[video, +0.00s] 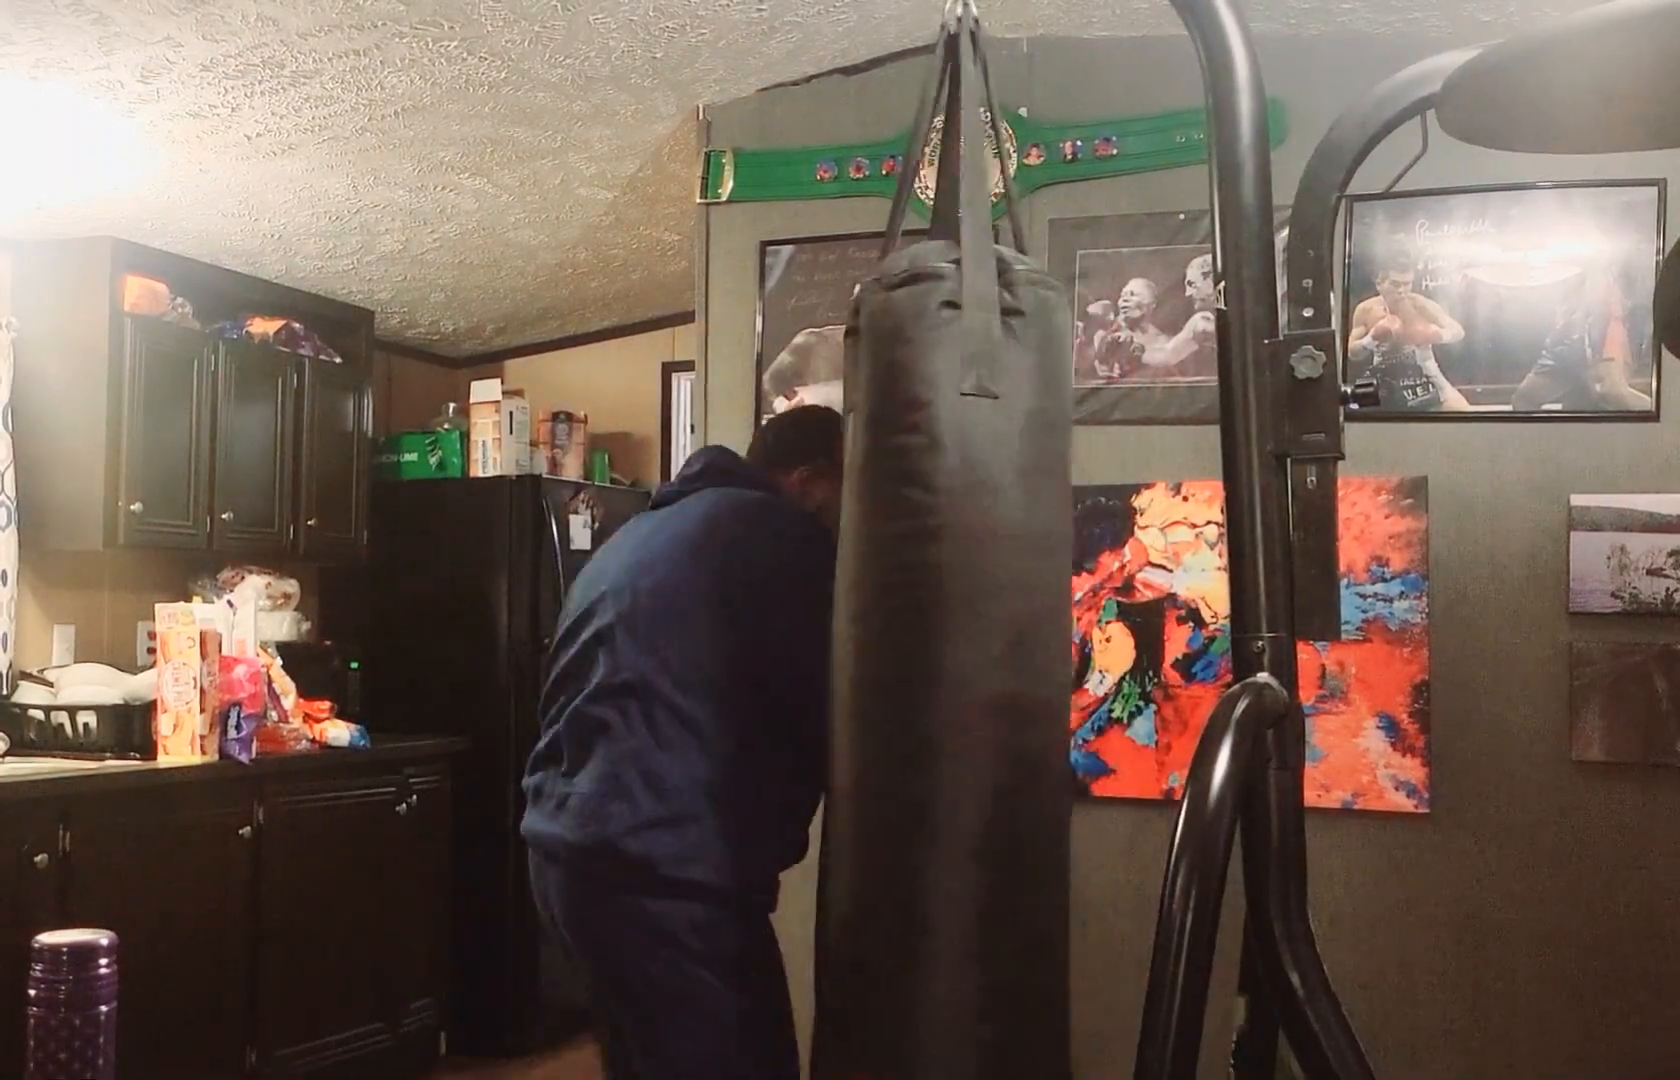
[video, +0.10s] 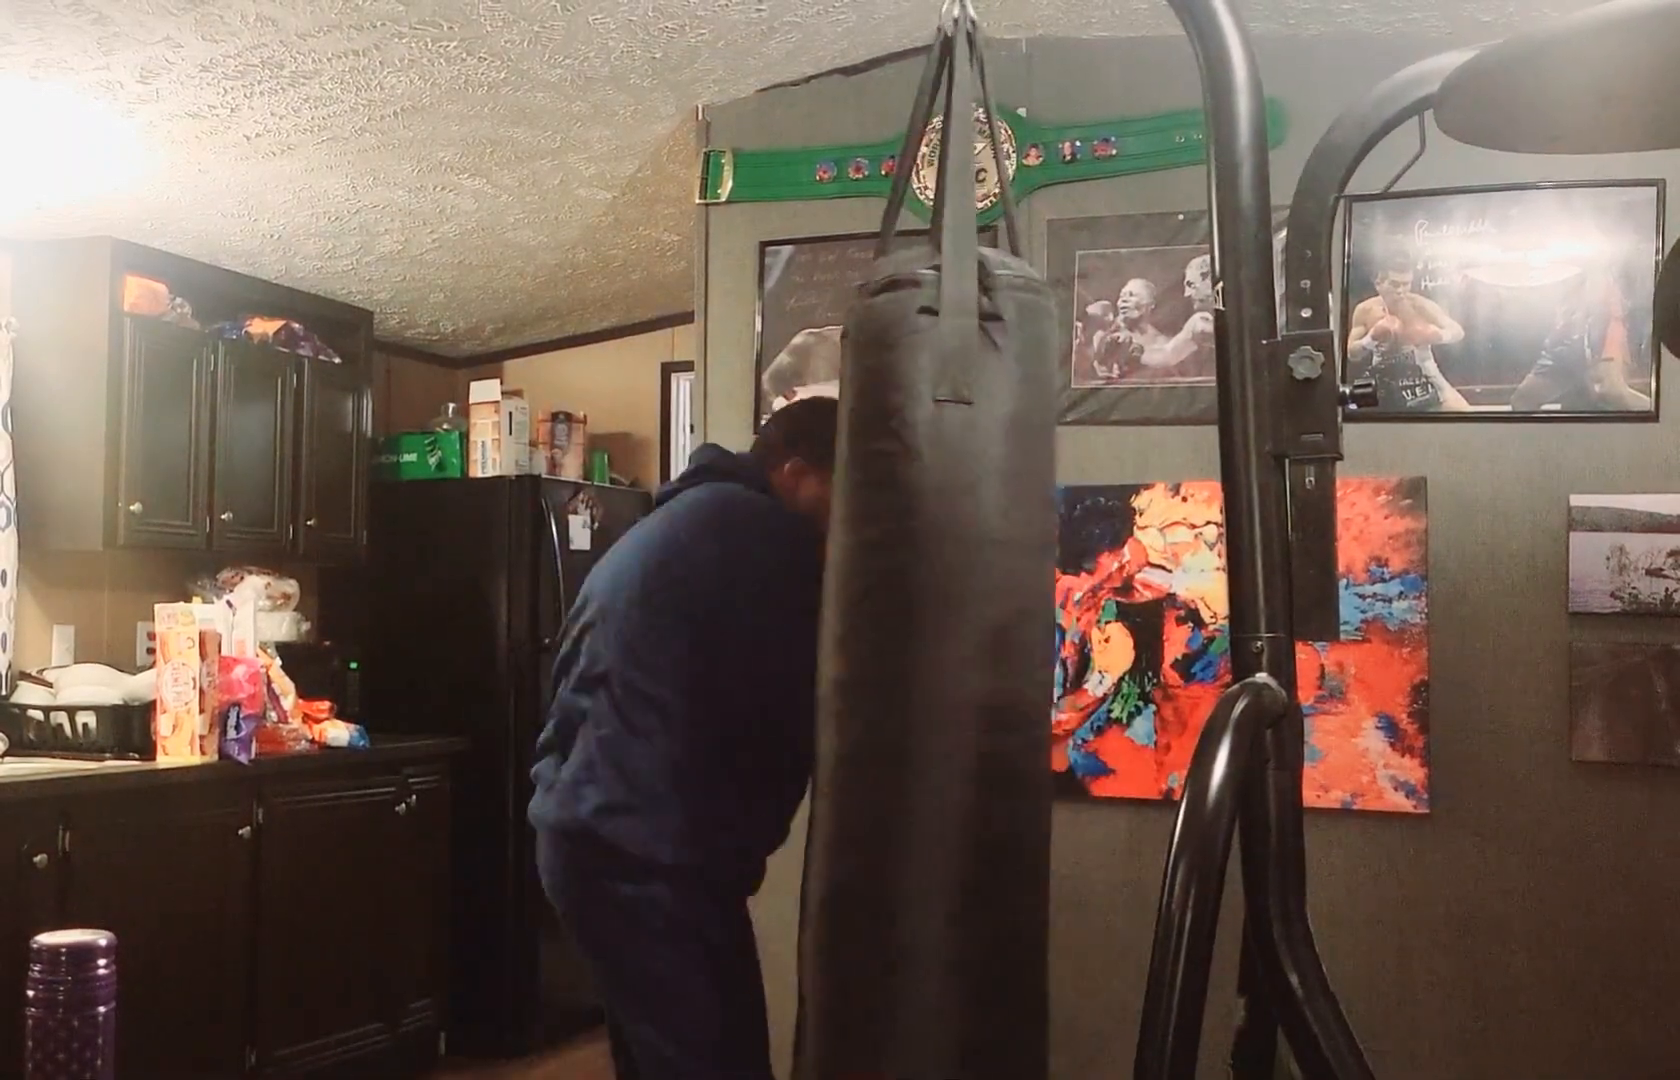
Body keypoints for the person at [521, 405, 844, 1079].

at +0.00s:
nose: (833, 524)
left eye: (840, 511)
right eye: (837, 507)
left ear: (753, 465)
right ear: (805, 480)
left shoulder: (634, 533)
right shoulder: (790, 534)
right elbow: (814, 711)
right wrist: (775, 842)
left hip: (563, 847)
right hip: (681, 860)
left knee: (643, 1059)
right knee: (751, 1063)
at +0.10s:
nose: (837, 518)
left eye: (844, 500)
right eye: (837, 495)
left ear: (779, 464)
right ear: (795, 470)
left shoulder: (660, 524)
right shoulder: (783, 541)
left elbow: (571, 665)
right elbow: (799, 722)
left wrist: (550, 784)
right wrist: (756, 840)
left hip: (580, 839)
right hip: (665, 854)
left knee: (653, 1054)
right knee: (727, 1060)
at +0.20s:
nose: (840, 488)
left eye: (845, 467)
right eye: (837, 465)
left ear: (782, 449)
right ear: (787, 449)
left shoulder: (713, 493)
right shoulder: (728, 505)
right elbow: (763, 682)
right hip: (638, 836)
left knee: (689, 1052)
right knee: (700, 1057)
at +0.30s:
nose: (815, 468)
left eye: (825, 454)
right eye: (811, 449)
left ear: (766, 424)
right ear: (758, 421)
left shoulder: (750, 494)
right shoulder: (676, 484)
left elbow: (783, 653)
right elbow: (697, 658)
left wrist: (811, 528)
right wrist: (796, 532)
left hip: (705, 811)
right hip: (628, 815)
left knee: (723, 1042)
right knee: (668, 1048)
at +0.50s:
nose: (799, 494)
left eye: (806, 473)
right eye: (783, 474)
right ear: (714, 459)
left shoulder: (783, 530)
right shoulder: (632, 528)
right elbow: (596, 694)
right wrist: (720, 597)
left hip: (726, 811)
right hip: (632, 818)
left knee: (744, 1022)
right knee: (671, 1036)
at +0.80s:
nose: (831, 463)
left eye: (837, 442)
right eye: (814, 445)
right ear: (748, 426)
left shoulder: (792, 501)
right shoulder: (686, 504)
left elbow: (833, 628)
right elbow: (659, 679)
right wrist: (811, 671)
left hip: (718, 811)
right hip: (642, 816)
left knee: (723, 1039)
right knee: (675, 1045)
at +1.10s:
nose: (792, 451)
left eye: (803, 429)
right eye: (772, 432)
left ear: (815, 414)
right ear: (709, 418)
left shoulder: (785, 502)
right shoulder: (643, 504)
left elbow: (834, 651)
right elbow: (624, 682)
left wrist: (855, 610)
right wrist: (781, 692)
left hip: (721, 816)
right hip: (634, 821)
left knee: (723, 1043)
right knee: (675, 1049)